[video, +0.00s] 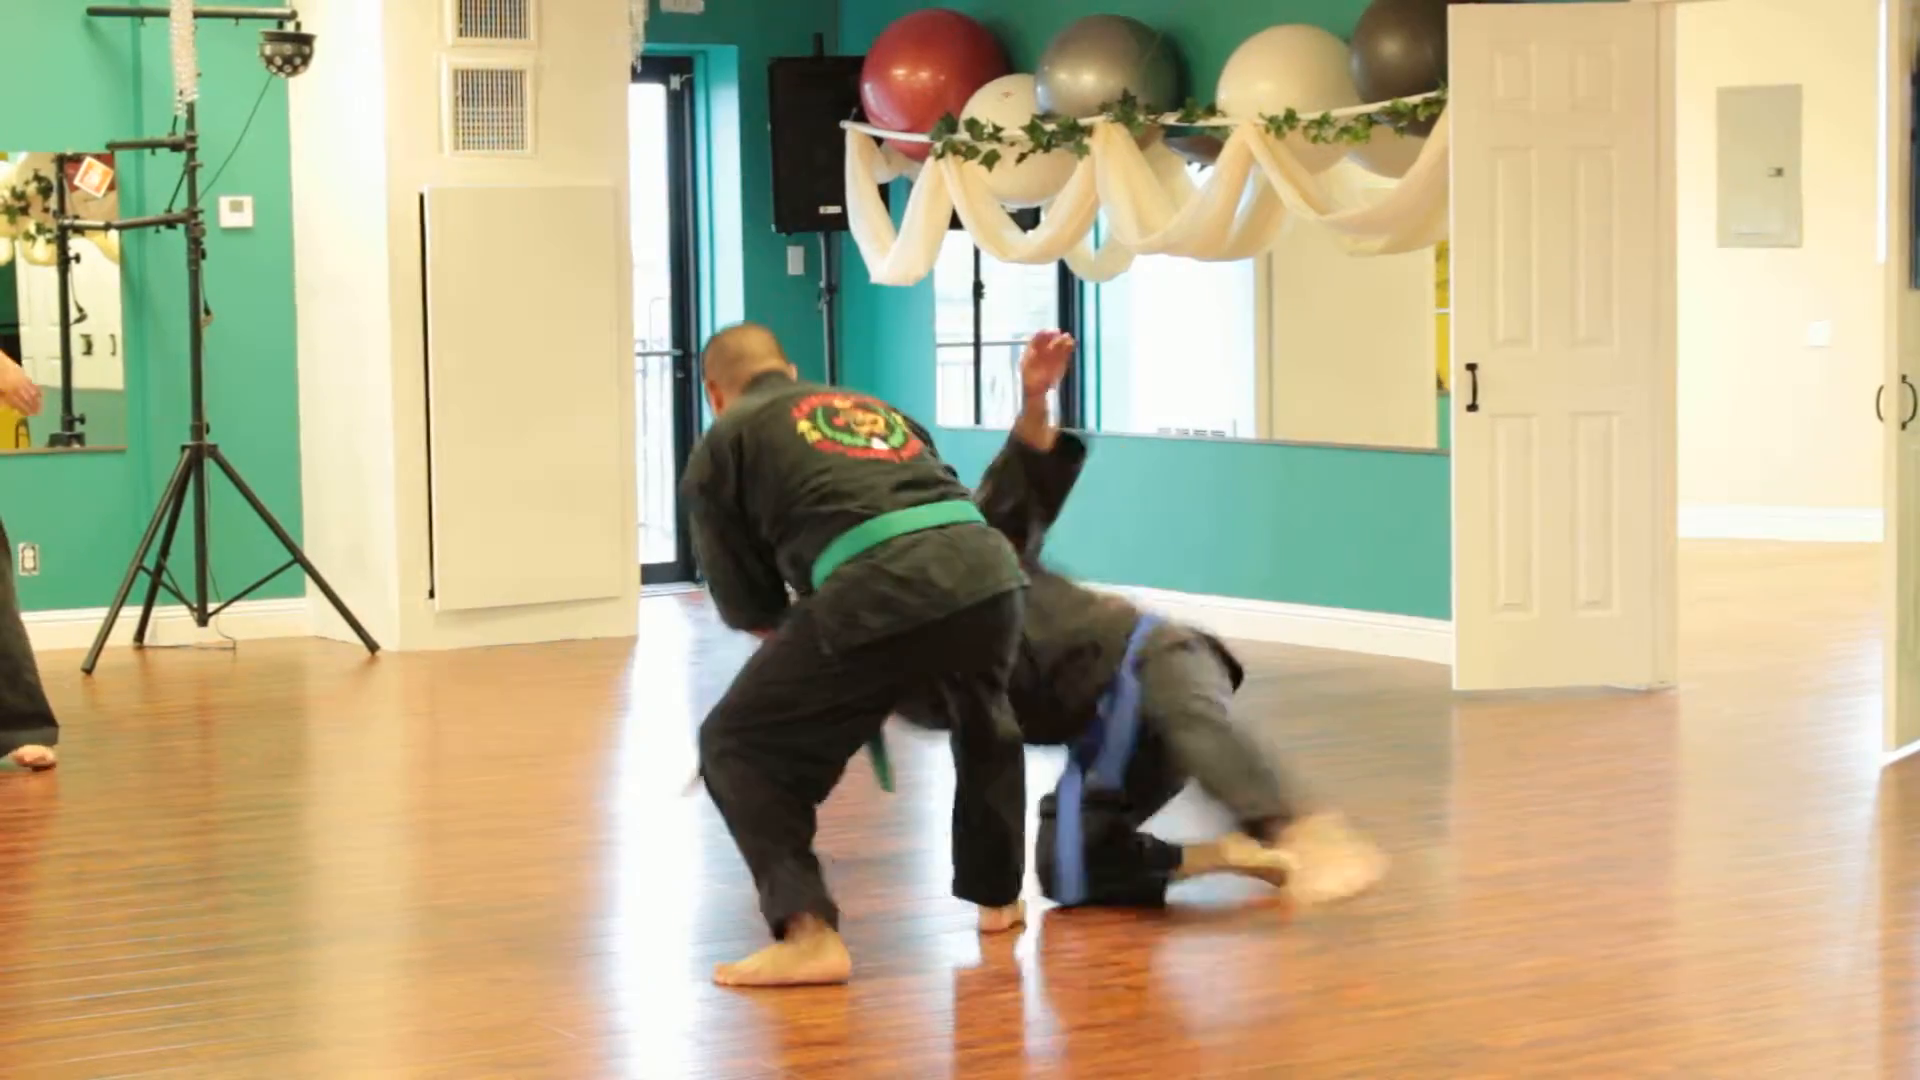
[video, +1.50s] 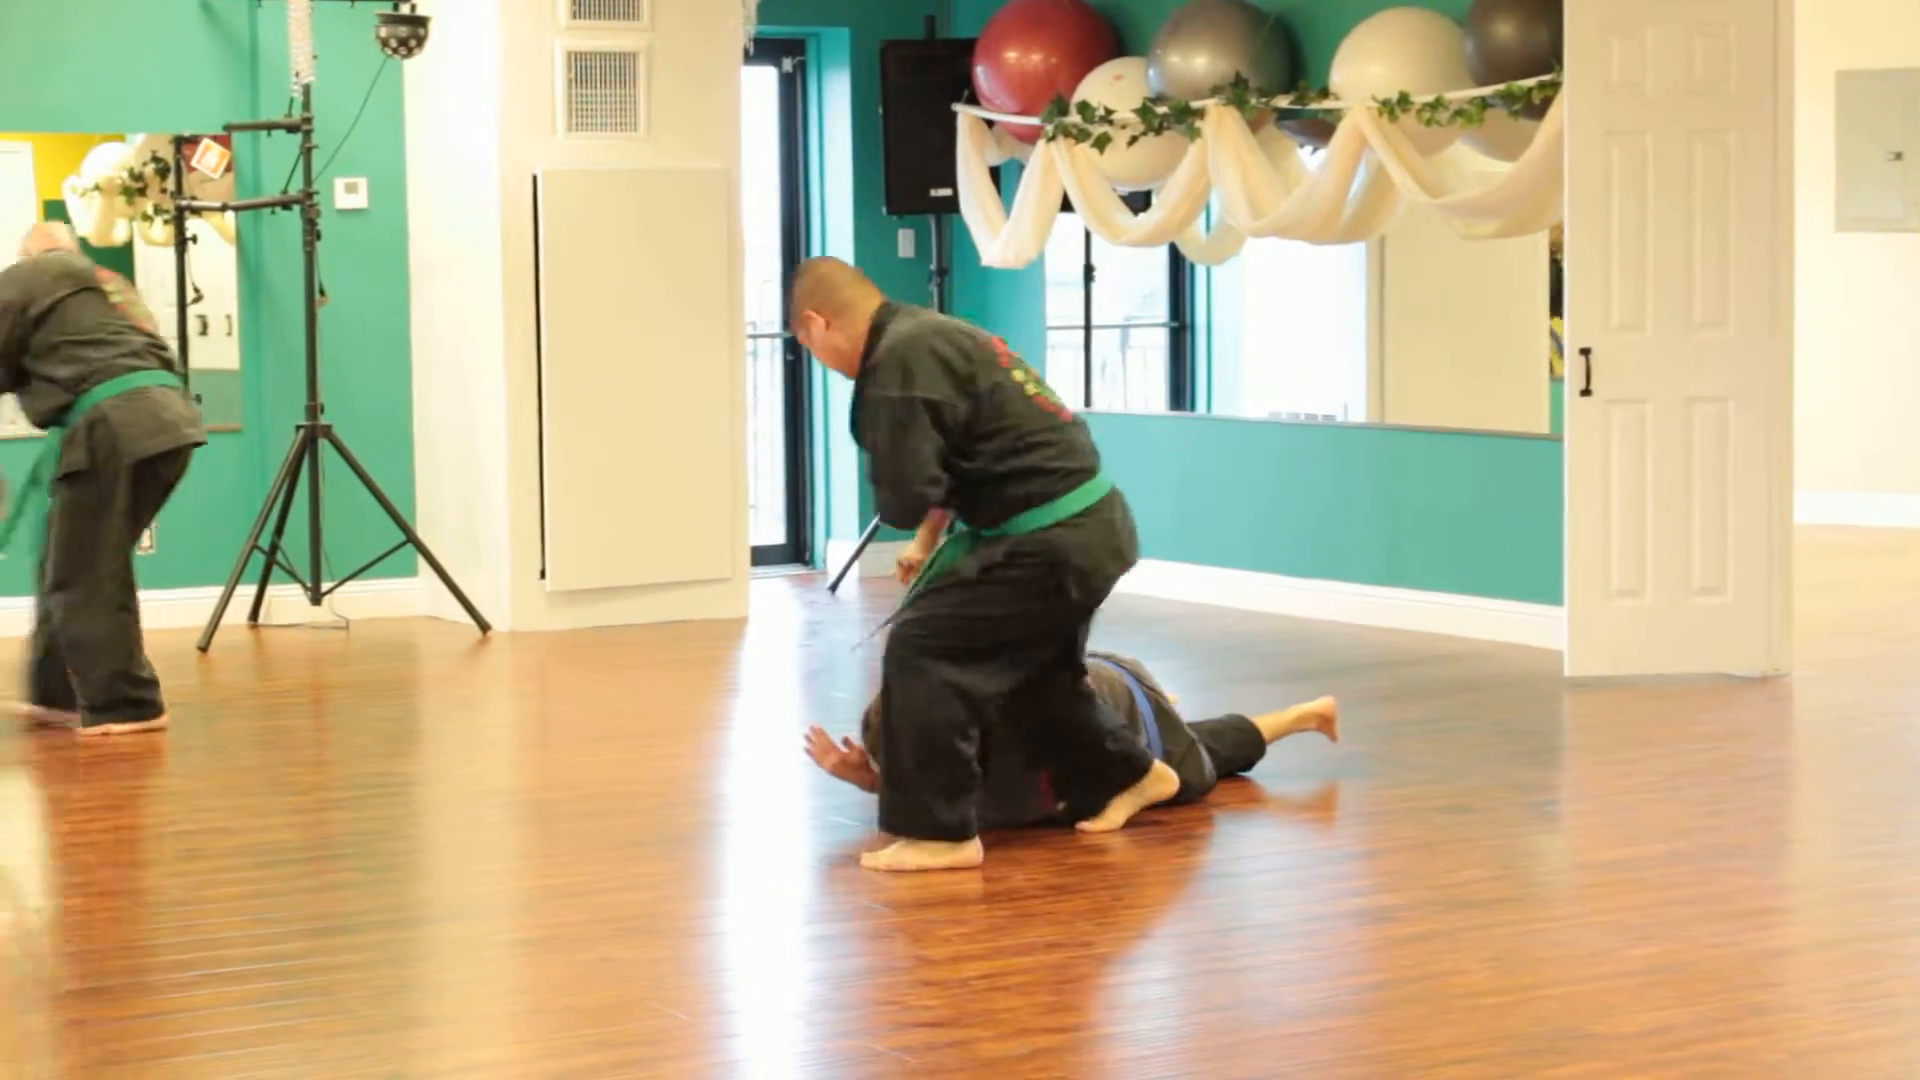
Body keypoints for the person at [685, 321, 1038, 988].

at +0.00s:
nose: (713, 404)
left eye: (709, 395)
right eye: (712, 396)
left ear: (717, 390)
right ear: (789, 370)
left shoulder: (721, 446)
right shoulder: (870, 406)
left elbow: (749, 609)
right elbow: (937, 497)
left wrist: (820, 642)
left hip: (878, 587)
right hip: (987, 564)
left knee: (736, 743)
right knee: (987, 717)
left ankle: (809, 935)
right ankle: (999, 899)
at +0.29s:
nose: (755, 418)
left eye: (754, 409)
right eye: (755, 411)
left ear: (765, 404)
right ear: (834, 392)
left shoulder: (762, 457)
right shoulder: (890, 425)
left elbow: (744, 601)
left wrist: (757, 670)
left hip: (929, 588)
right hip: (1036, 574)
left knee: (773, 726)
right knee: (998, 703)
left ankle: (804, 941)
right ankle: (1044, 888)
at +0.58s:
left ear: (951, 338)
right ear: (1021, 339)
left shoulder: (907, 387)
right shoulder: (1066, 397)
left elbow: (887, 495)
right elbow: (1093, 521)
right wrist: (1075, 595)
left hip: (923, 546)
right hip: (1045, 551)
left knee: (837, 714)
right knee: (1063, 704)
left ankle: (840, 852)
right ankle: (1065, 887)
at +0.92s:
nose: (1095, 302)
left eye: (1095, 293)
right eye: (1095, 292)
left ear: (1018, 282)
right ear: (1083, 289)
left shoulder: (967, 336)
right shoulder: (1074, 338)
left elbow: (957, 450)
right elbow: (1133, 463)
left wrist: (1042, 540)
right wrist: (1125, 523)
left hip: (856, 526)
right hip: (951, 528)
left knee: (885, 654)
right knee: (1086, 676)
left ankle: (835, 833)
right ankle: (1083, 875)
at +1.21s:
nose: (872, 273)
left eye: (873, 264)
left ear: (879, 266)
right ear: (957, 251)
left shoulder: (855, 331)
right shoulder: (1023, 280)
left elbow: (818, 457)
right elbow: (1140, 275)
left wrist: (794, 467)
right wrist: (1194, 293)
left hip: (954, 524)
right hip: (1063, 511)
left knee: (876, 658)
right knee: (1082, 680)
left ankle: (921, 823)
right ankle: (1172, 761)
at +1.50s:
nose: (815, 356)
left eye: (806, 340)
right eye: (806, 343)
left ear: (820, 322)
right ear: (865, 298)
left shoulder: (897, 364)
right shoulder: (931, 331)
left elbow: (911, 497)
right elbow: (972, 448)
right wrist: (929, 537)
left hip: (1052, 542)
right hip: (1093, 524)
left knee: (919, 645)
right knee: (1034, 670)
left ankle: (938, 831)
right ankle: (1127, 775)